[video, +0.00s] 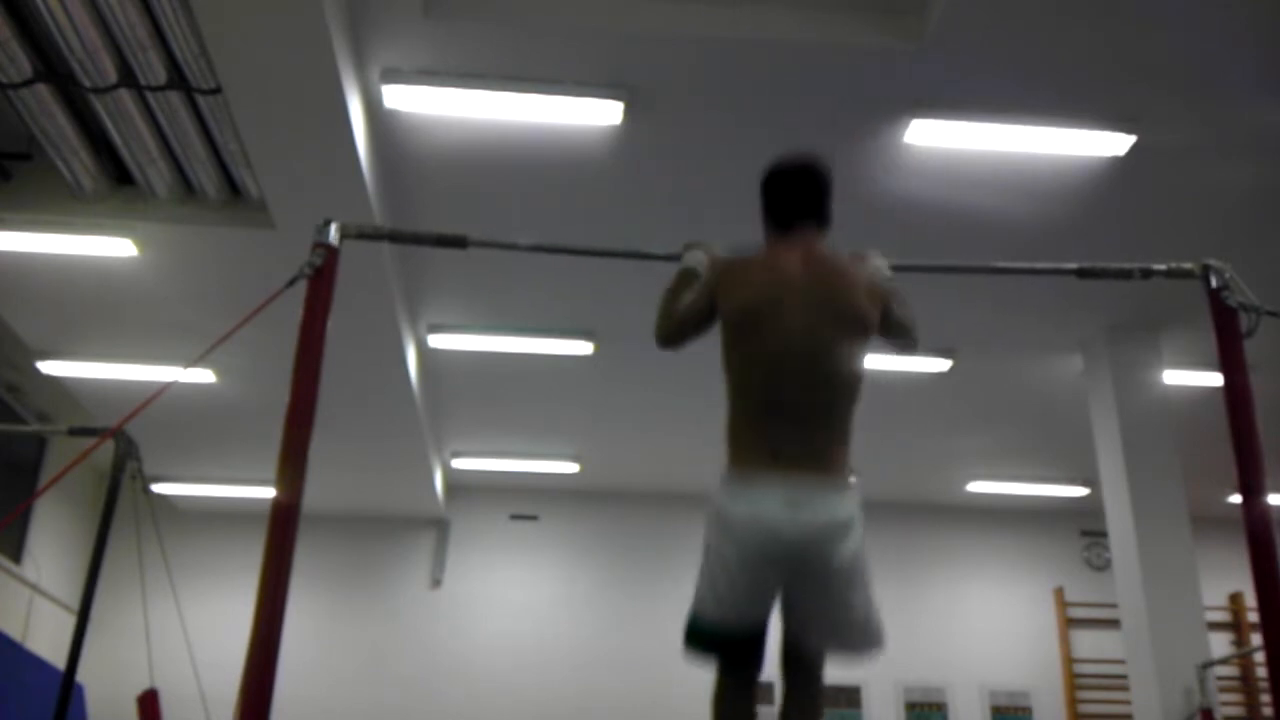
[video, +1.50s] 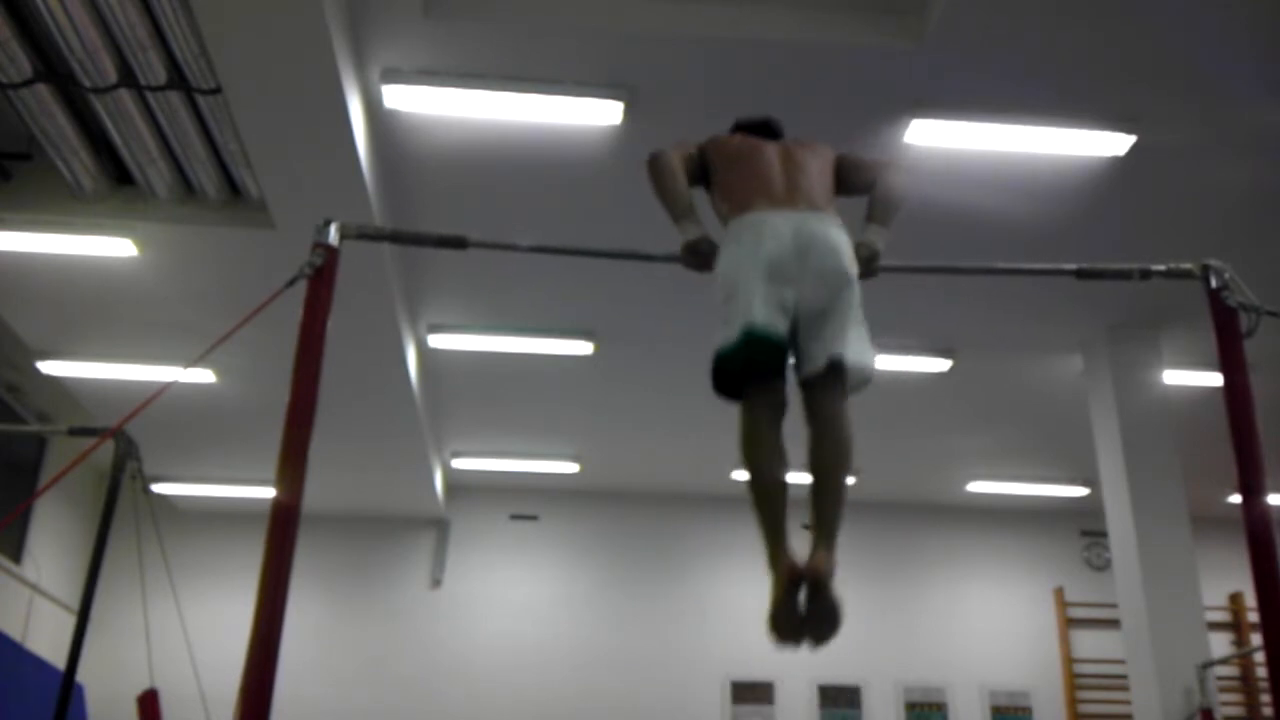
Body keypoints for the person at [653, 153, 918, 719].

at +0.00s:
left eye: (779, 209)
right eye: (812, 210)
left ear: (764, 213)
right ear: (827, 213)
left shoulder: (732, 278)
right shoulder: (852, 285)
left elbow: (670, 331)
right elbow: (905, 334)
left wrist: (690, 271)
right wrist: (880, 280)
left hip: (748, 505)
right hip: (824, 509)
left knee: (735, 674)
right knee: (806, 673)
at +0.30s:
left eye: (760, 371)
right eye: (800, 369)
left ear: (752, 382)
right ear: (810, 382)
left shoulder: (727, 435)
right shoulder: (835, 441)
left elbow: (678, 358)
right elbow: (880, 363)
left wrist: (690, 276)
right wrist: (876, 286)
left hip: (726, 643)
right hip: (803, 645)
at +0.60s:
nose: (803, 372)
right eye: (806, 362)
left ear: (758, 371)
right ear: (815, 371)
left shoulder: (735, 425)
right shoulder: (840, 432)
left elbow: (680, 359)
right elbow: (878, 367)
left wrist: (690, 277)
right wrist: (875, 288)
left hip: (733, 625)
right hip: (809, 626)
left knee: (708, 713)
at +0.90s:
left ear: (789, 211)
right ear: (853, 214)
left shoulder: (759, 274)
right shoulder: (880, 285)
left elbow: (685, 309)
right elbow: (916, 328)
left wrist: (695, 260)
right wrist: (874, 272)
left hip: (763, 485)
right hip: (838, 491)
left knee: (738, 529)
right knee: (787, 539)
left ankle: (736, 557)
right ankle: (748, 559)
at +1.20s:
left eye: (741, 143)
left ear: (751, 137)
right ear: (808, 138)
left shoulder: (736, 146)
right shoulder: (844, 157)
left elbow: (669, 160)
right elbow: (919, 184)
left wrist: (693, 232)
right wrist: (872, 240)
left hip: (757, 323)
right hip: (832, 324)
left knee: (746, 459)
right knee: (806, 465)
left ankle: (747, 582)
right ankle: (776, 585)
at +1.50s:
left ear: (731, 139)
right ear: (784, 139)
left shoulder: (718, 148)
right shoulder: (819, 156)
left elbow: (663, 160)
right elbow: (887, 178)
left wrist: (690, 229)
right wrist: (873, 239)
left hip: (754, 238)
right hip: (826, 238)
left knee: (762, 408)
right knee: (829, 405)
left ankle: (782, 565)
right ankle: (824, 557)